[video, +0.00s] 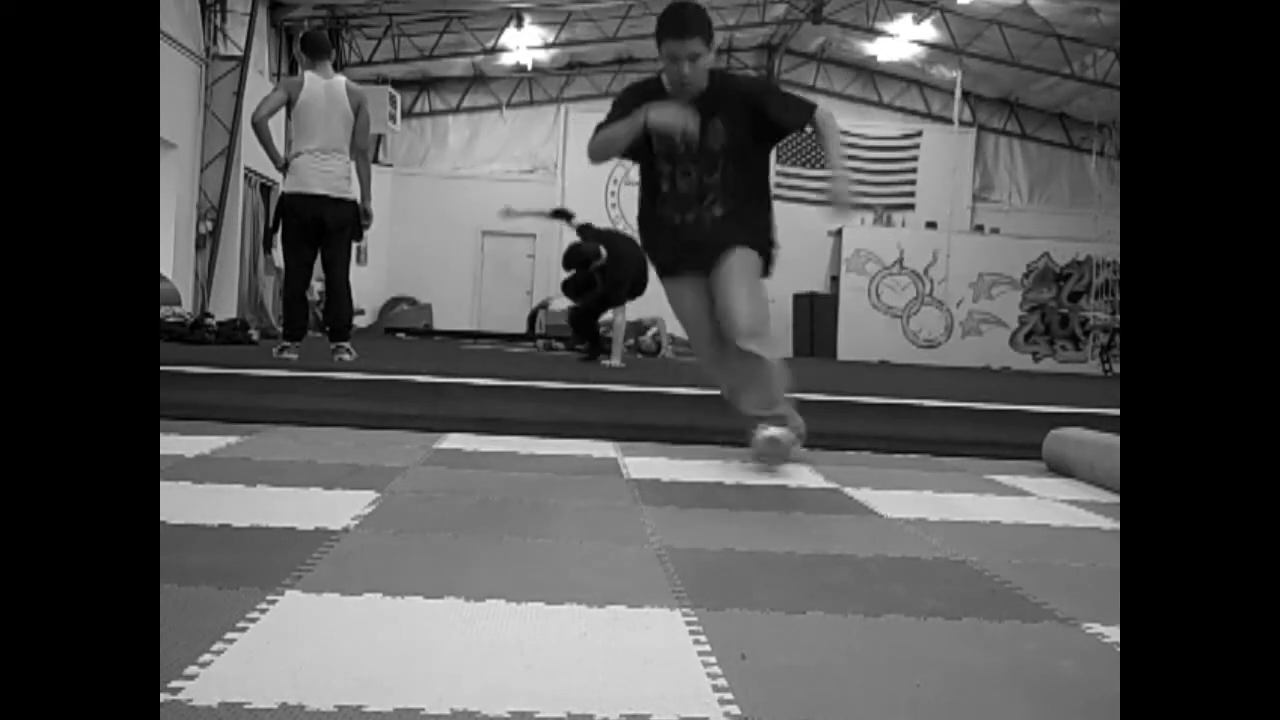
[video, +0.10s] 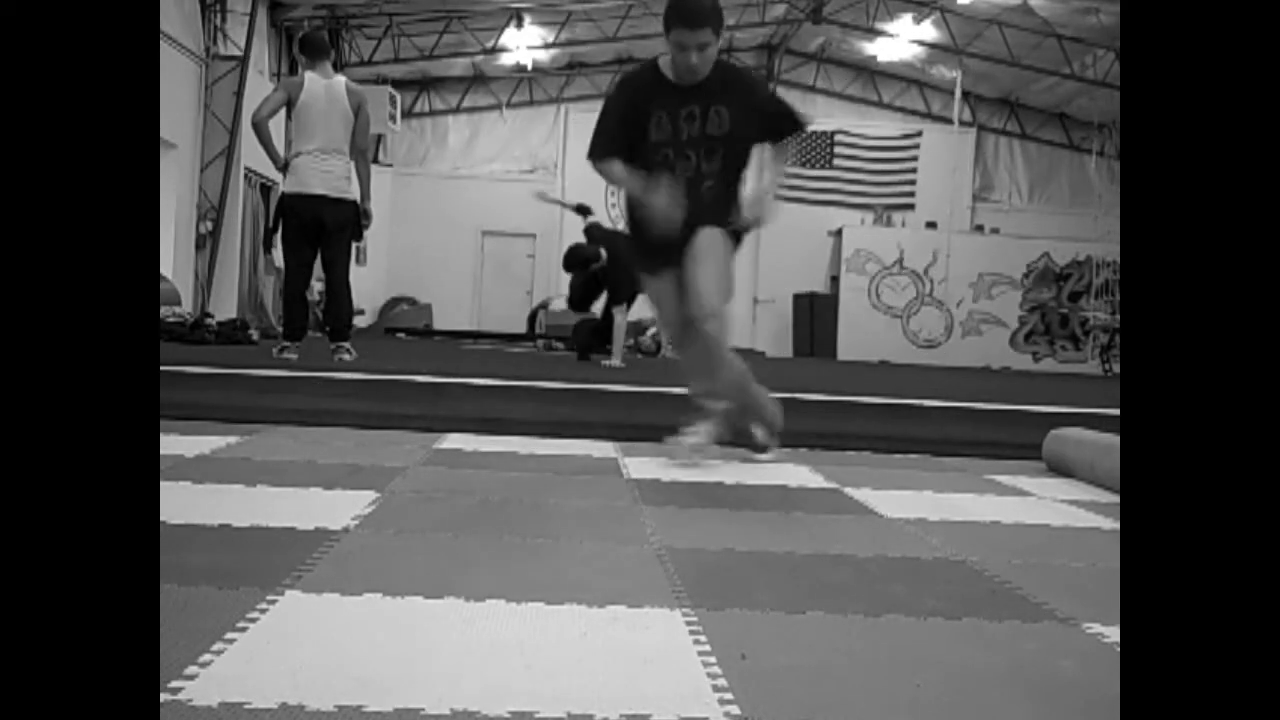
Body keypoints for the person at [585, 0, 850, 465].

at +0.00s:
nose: (683, 71)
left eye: (693, 59)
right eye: (673, 60)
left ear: (711, 52)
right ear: (660, 54)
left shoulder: (744, 94)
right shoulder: (641, 99)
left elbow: (820, 117)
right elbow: (597, 150)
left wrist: (839, 177)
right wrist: (644, 117)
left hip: (735, 233)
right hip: (671, 241)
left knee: (743, 328)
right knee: (713, 358)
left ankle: (773, 420)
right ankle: (777, 418)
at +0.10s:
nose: (690, 59)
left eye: (701, 48)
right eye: (680, 47)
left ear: (719, 41)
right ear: (666, 39)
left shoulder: (739, 86)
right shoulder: (635, 86)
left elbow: (783, 135)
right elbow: (603, 156)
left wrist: (764, 192)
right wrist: (644, 188)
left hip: (713, 212)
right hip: (652, 219)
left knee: (706, 312)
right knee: (680, 335)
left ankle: (712, 416)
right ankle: (760, 409)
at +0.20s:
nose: (680, 51)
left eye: (691, 40)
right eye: (671, 39)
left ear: (712, 36)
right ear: (660, 32)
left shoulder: (729, 92)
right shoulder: (625, 84)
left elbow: (732, 155)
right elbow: (599, 154)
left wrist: (723, 206)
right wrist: (608, 206)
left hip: (689, 220)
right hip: (627, 218)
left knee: (677, 319)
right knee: (627, 321)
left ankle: (673, 425)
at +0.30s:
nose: (634, 26)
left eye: (644, 15)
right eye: (631, 15)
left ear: (676, 13)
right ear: (628, 15)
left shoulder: (711, 68)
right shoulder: (609, 56)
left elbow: (764, 118)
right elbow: (554, 97)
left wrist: (751, 163)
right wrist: (552, 118)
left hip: (663, 213)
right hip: (601, 207)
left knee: (662, 325)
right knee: (582, 275)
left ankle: (667, 427)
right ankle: (588, 342)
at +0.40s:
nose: (613, 11)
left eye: (619, 6)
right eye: (606, 6)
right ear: (600, 3)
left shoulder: (688, 34)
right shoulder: (580, 25)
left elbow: (767, 56)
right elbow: (520, 48)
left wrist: (763, 97)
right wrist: (507, 43)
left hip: (641, 183)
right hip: (577, 172)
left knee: (617, 295)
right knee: (540, 251)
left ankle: (609, 410)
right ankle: (547, 313)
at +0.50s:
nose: (579, 8)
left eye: (587, 4)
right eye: (574, 5)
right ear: (568, 0)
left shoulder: (655, 28)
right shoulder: (552, 26)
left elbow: (734, 59)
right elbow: (507, 59)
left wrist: (687, 128)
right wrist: (495, 60)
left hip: (610, 183)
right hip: (548, 174)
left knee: (562, 294)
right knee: (515, 269)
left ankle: (530, 405)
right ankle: (505, 374)